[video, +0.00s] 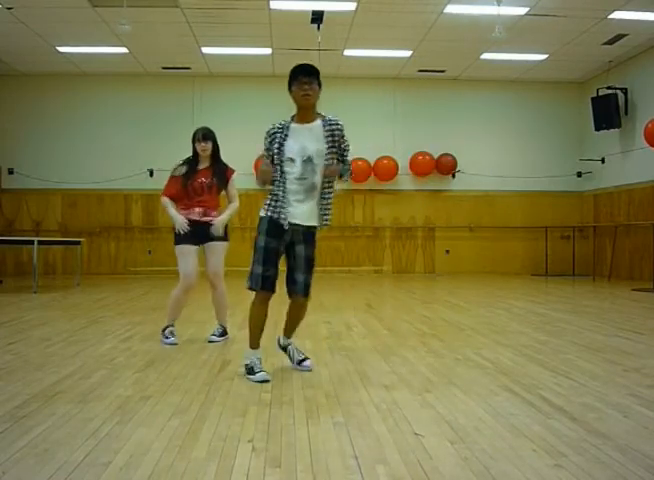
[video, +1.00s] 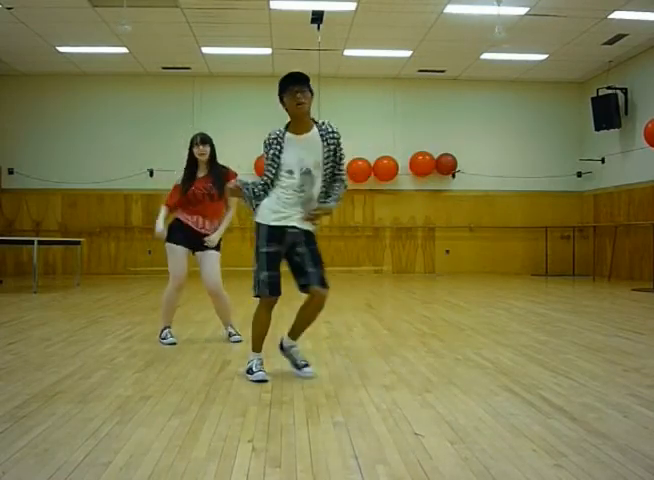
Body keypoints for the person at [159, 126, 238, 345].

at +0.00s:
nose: (202, 145)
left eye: (206, 141)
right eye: (198, 141)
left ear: (214, 143)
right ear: (193, 144)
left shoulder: (223, 171)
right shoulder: (182, 169)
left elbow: (235, 202)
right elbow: (166, 198)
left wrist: (222, 219)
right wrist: (176, 217)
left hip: (213, 224)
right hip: (186, 225)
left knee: (215, 277)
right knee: (188, 279)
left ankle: (221, 326)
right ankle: (169, 326)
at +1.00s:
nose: (201, 149)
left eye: (205, 145)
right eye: (197, 146)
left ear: (211, 148)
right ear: (191, 150)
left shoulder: (224, 175)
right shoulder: (187, 178)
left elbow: (232, 208)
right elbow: (167, 204)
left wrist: (218, 233)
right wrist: (160, 224)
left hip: (209, 233)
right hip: (181, 229)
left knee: (214, 286)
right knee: (178, 279)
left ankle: (229, 327)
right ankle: (166, 328)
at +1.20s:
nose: (210, 151)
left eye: (214, 147)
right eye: (206, 148)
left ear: (220, 151)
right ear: (200, 153)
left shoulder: (235, 175)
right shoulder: (197, 182)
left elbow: (252, 201)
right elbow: (185, 217)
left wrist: (260, 182)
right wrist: (203, 203)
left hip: (226, 234)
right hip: (197, 231)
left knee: (224, 286)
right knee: (186, 281)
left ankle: (231, 326)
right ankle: (167, 328)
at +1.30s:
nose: (218, 141)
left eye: (222, 137)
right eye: (214, 137)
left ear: (228, 140)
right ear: (207, 140)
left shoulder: (241, 159)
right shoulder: (205, 165)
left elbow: (270, 173)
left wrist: (276, 149)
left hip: (239, 221)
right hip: (211, 220)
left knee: (236, 278)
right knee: (198, 275)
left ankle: (234, 326)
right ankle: (185, 325)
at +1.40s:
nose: (228, 135)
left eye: (232, 132)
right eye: (224, 131)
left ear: (237, 134)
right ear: (216, 132)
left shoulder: (244, 150)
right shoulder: (209, 156)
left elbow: (278, 147)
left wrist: (290, 119)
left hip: (250, 212)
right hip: (223, 213)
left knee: (252, 269)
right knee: (220, 270)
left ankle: (250, 321)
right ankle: (218, 322)